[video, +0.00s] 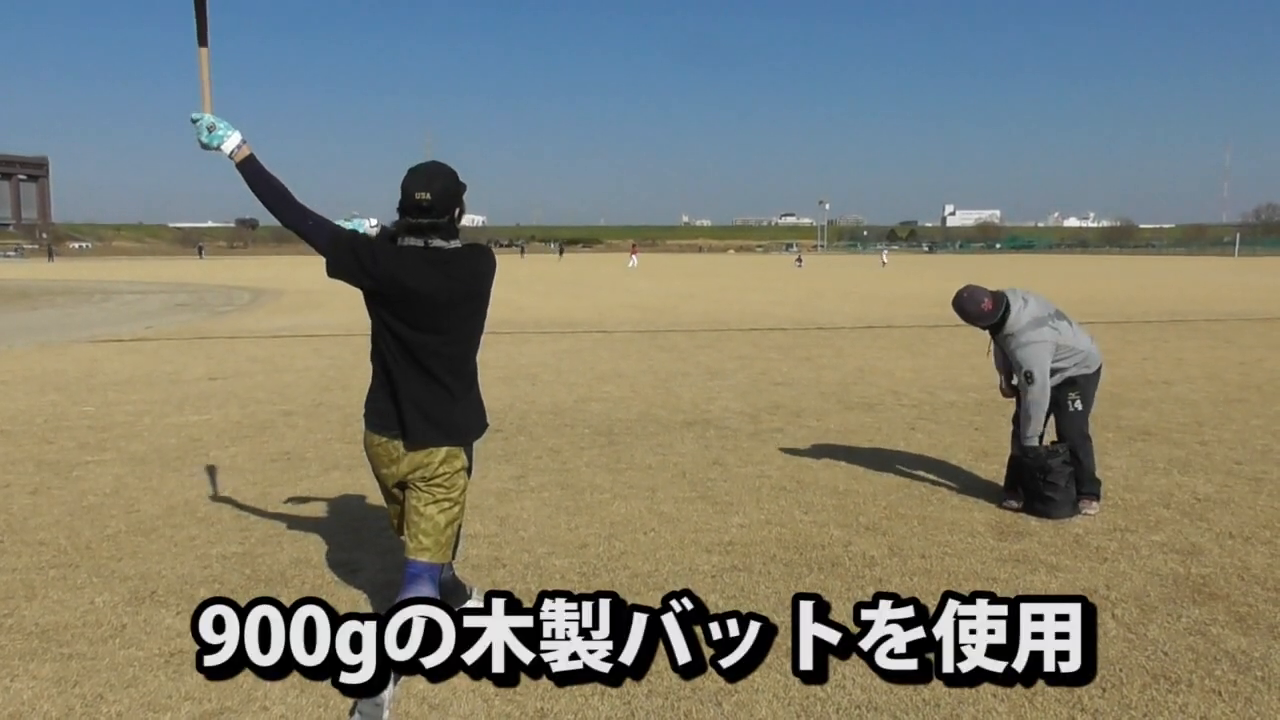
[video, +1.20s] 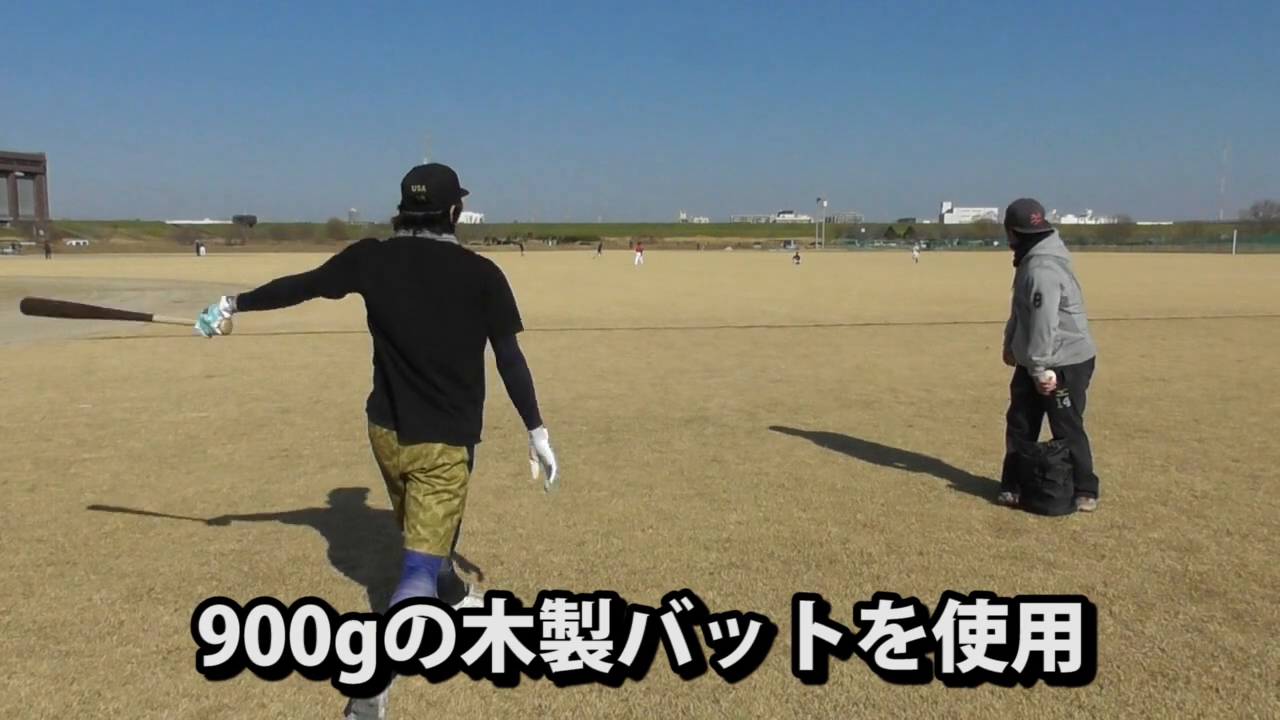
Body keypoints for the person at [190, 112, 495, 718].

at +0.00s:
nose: (455, 211)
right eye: (456, 204)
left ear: (403, 209)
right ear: (457, 215)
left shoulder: (376, 258)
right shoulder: (479, 264)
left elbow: (294, 215)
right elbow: (442, 248)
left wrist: (238, 149)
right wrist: (387, 236)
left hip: (383, 433)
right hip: (447, 437)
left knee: (420, 537)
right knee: (423, 572)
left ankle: (466, 608)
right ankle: (378, 691)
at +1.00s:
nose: (460, 207)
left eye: (453, 199)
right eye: (457, 201)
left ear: (400, 206)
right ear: (451, 209)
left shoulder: (374, 257)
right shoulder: (480, 265)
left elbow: (294, 245)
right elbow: (495, 317)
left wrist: (215, 224)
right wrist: (445, 287)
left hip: (385, 434)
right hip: (445, 438)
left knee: (422, 536)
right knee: (420, 569)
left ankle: (454, 598)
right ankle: (373, 689)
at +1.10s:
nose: (462, 209)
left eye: (456, 200)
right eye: (459, 203)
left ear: (402, 206)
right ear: (452, 209)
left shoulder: (373, 257)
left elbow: (293, 264)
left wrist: (216, 261)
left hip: (384, 431)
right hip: (446, 439)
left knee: (422, 531)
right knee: (422, 565)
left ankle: (458, 598)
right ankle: (372, 690)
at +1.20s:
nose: (461, 213)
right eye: (460, 207)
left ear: (403, 209)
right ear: (453, 212)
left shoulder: (372, 257)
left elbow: (305, 284)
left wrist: (234, 303)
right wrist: (537, 430)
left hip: (386, 432)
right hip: (446, 440)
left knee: (421, 534)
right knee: (419, 567)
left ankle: (452, 597)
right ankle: (372, 691)